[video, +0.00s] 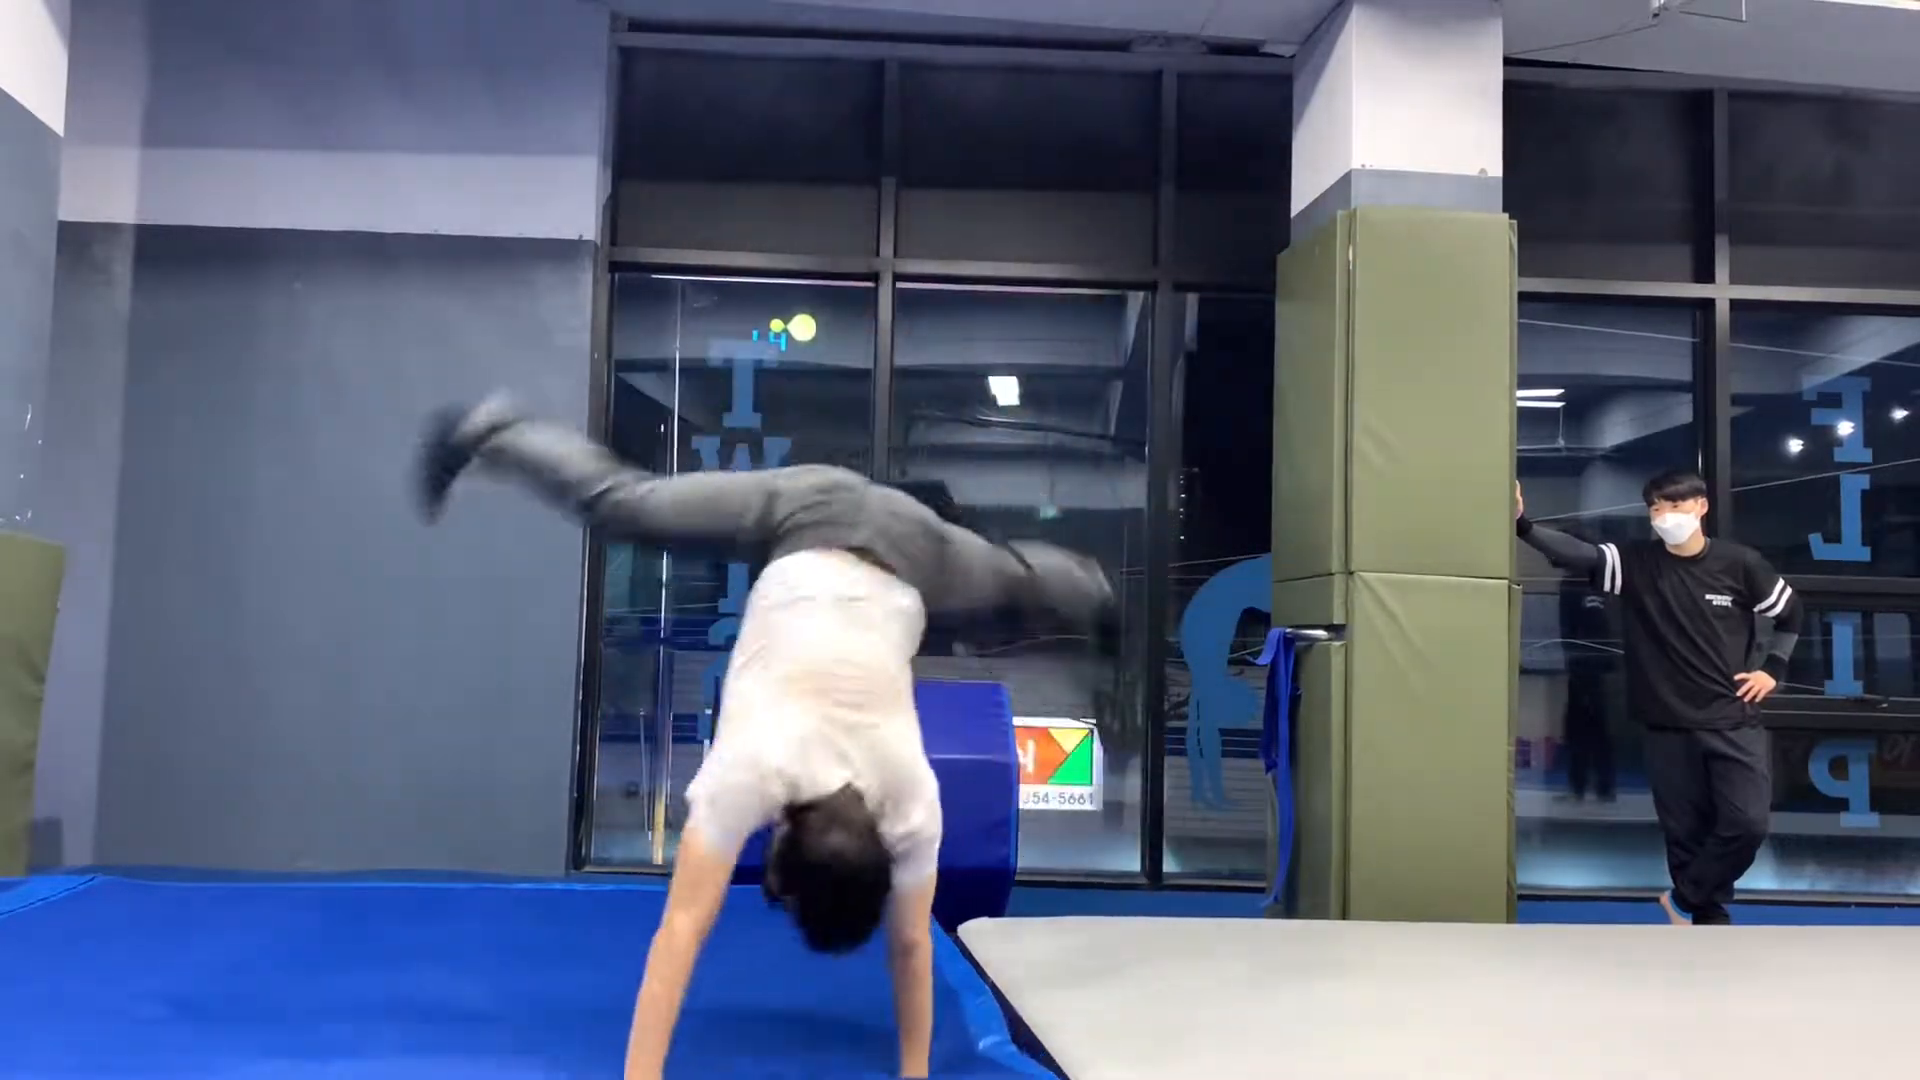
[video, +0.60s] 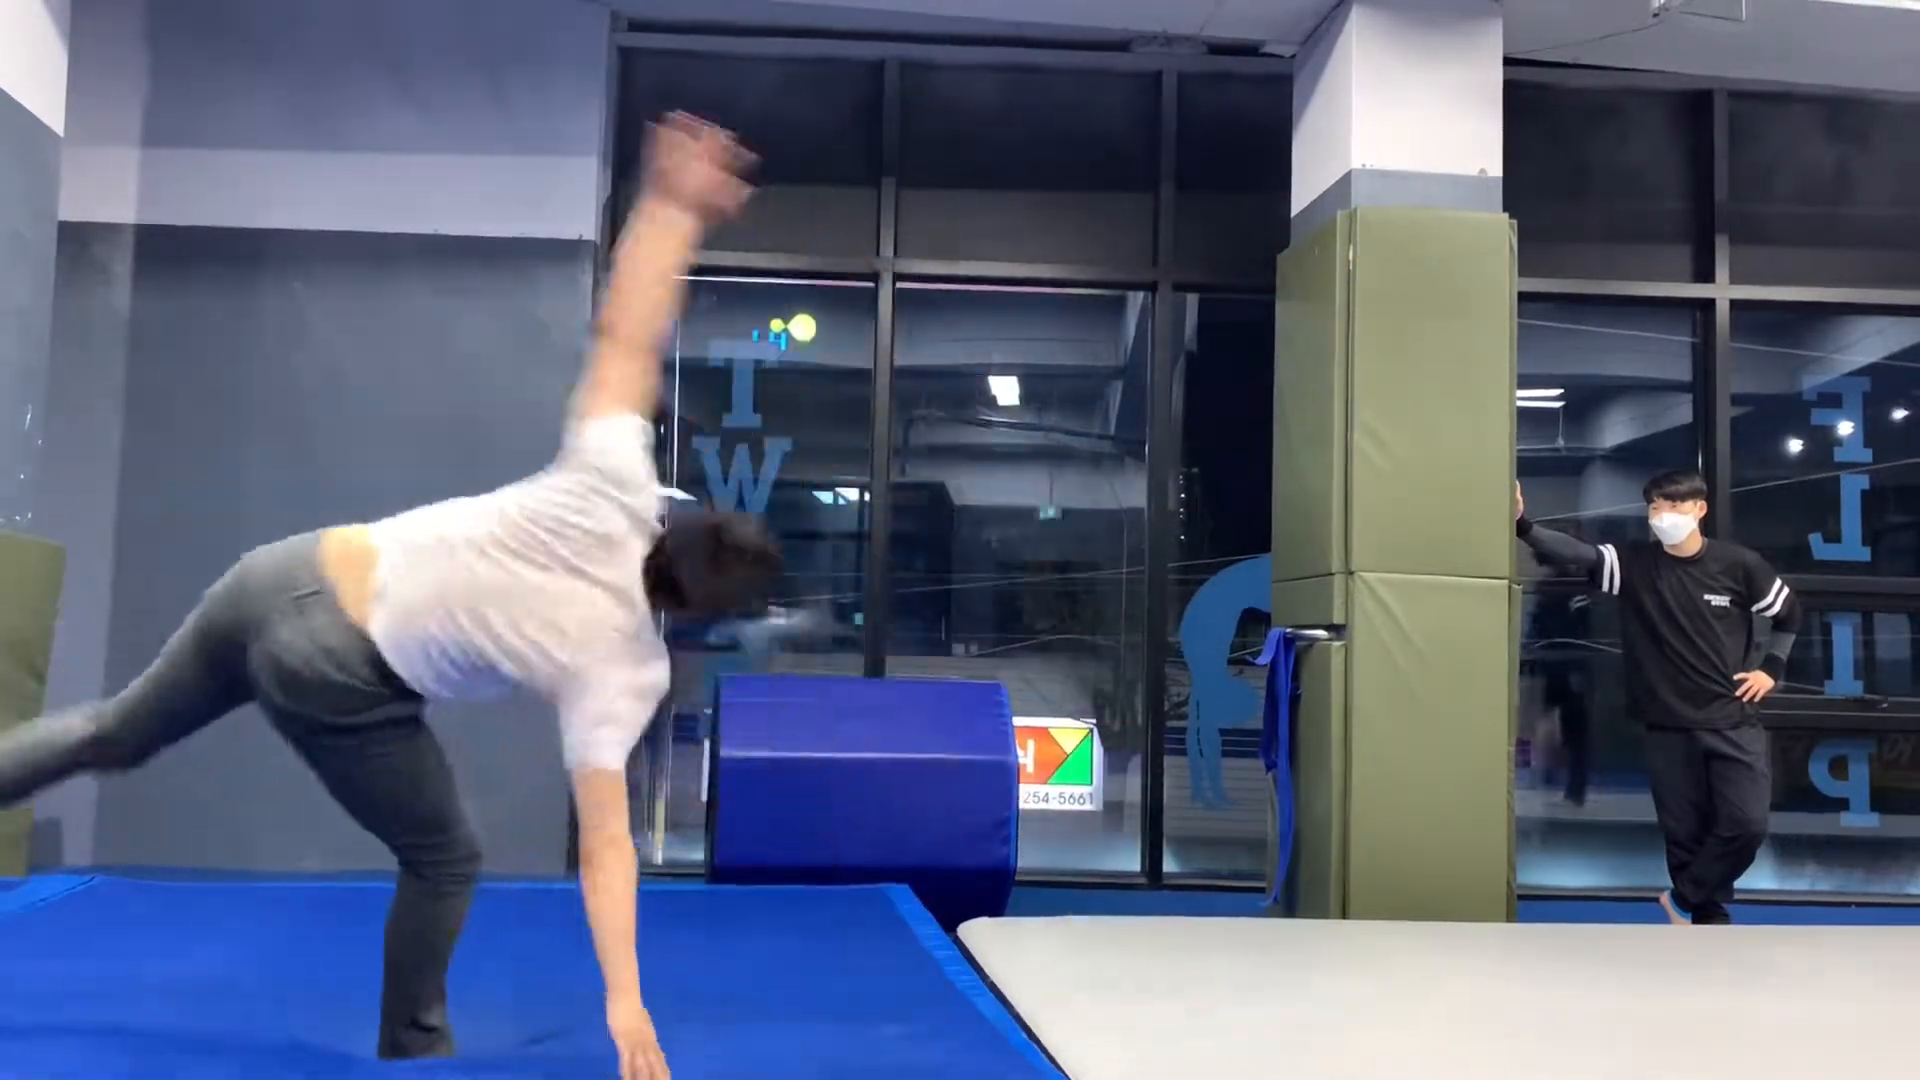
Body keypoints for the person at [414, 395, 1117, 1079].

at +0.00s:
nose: (816, 923)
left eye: (841, 920)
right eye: (802, 912)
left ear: (884, 867)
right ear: (779, 866)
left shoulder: (916, 816)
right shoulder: (738, 784)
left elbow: (913, 949)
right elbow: (680, 934)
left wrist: (914, 1071)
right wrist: (642, 1071)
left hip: (910, 541)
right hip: (802, 508)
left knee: (1021, 581)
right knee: (622, 503)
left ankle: (1086, 584)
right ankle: (487, 433)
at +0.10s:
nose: (771, 939)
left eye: (802, 944)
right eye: (765, 927)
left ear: (861, 883)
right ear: (752, 874)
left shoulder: (893, 810)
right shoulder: (703, 798)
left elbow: (907, 943)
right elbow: (647, 957)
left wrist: (918, 1069)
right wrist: (632, 1075)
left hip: (835, 520)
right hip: (726, 517)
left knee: (903, 471)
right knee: (527, 630)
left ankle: (958, 433)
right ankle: (357, 652)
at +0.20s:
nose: (753, 911)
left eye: (786, 916)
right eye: (753, 902)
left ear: (844, 846)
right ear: (736, 843)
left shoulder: (867, 787)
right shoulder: (678, 787)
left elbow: (886, 921)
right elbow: (632, 955)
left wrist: (915, 1046)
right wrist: (627, 1075)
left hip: (722, 535)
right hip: (616, 556)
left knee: (738, 426)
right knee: (522, 783)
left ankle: (766, 356)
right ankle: (396, 943)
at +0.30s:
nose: (779, 886)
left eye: (800, 877)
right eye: (770, 877)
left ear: (834, 818)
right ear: (730, 835)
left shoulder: (833, 731)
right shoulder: (649, 789)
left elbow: (917, 839)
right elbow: (613, 974)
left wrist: (970, 970)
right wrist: (619, 1079)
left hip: (600, 561)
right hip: (513, 620)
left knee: (544, 455)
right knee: (536, 856)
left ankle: (524, 375)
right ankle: (426, 1023)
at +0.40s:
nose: (787, 818)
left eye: (803, 795)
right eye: (782, 813)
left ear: (805, 736)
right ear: (738, 799)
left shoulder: (768, 661)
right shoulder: (620, 793)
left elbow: (923, 674)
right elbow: (606, 967)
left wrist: (1060, 704)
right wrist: (623, 1079)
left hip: (518, 569)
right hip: (441, 636)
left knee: (367, 537)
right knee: (490, 869)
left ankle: (224, 471)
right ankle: (420, 1038)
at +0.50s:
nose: (755, 724)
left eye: (761, 707)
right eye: (758, 723)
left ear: (735, 630)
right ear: (722, 728)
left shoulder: (709, 569)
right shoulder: (604, 750)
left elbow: (828, 466)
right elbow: (605, 915)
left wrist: (939, 404)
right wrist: (628, 1066)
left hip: (402, 542)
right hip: (382, 648)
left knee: (190, 638)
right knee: (469, 859)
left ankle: (0, 679)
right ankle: (415, 1040)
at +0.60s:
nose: (734, 621)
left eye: (740, 603)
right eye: (735, 611)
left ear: (680, 526)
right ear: (703, 611)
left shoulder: (616, 473)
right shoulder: (619, 667)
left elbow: (631, 334)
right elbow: (604, 848)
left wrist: (674, 202)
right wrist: (627, 1005)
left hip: (284, 569)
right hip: (336, 669)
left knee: (114, 730)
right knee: (442, 862)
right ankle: (410, 1051)